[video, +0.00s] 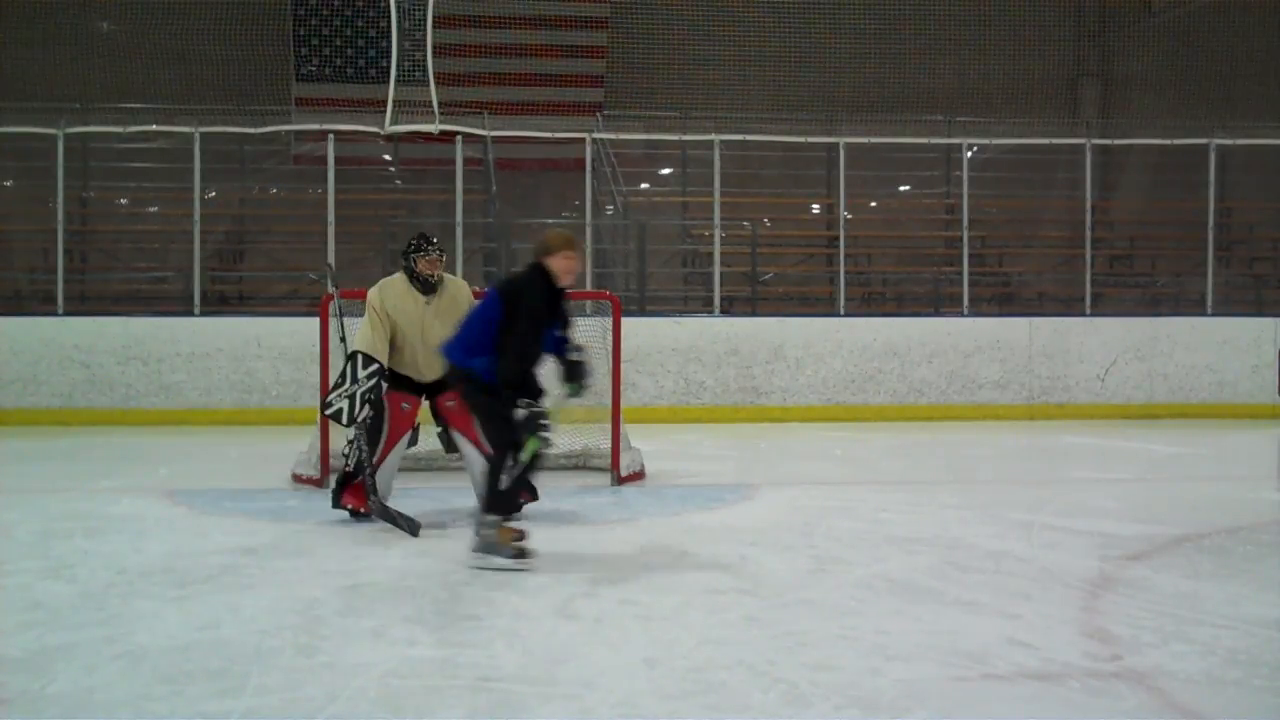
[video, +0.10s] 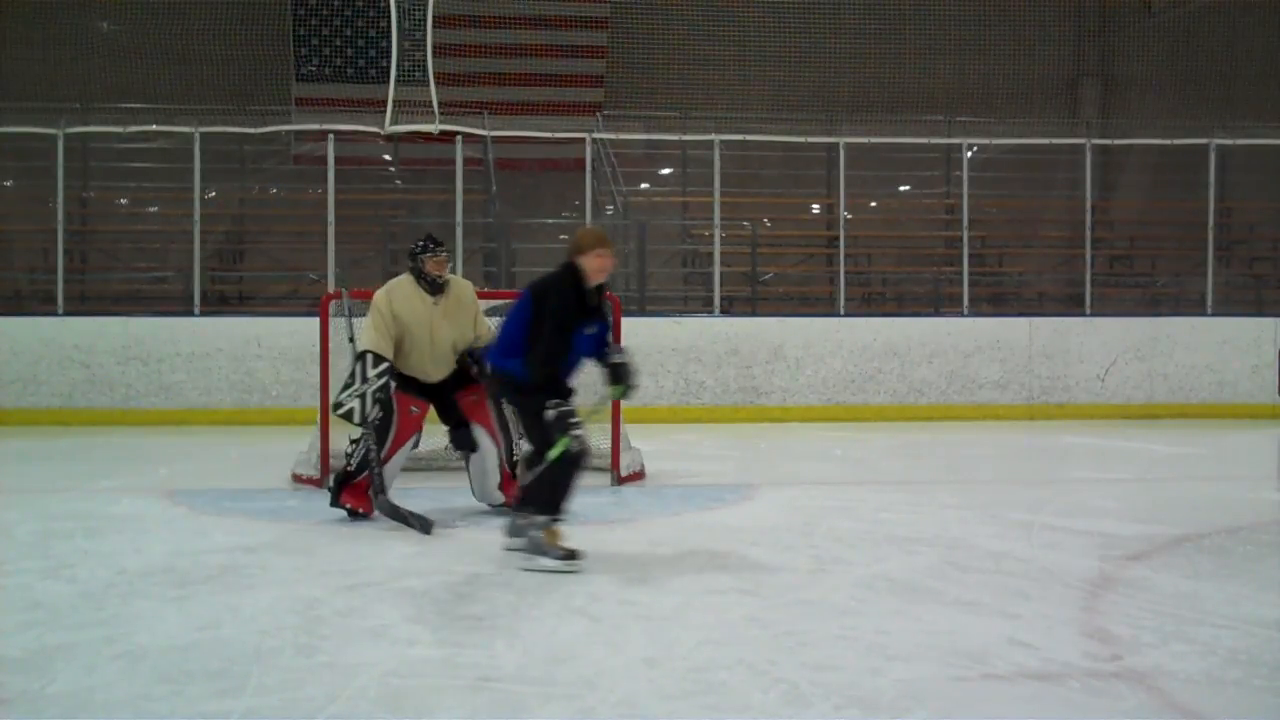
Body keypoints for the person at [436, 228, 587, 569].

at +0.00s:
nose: (573, 268)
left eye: (575, 260)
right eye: (566, 260)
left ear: (573, 262)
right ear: (547, 259)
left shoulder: (550, 293)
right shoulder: (526, 289)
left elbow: (551, 333)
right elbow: (515, 355)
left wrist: (569, 358)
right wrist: (527, 399)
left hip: (500, 369)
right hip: (471, 367)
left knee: (528, 438)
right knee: (505, 441)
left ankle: (500, 517)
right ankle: (489, 527)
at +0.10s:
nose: (606, 264)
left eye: (609, 257)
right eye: (598, 256)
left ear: (611, 261)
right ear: (579, 258)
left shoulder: (593, 297)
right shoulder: (555, 290)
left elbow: (598, 337)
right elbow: (540, 354)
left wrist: (613, 361)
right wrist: (551, 400)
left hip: (545, 379)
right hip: (512, 376)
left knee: (567, 448)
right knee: (555, 448)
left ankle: (533, 524)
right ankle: (528, 523)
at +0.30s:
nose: (674, 251)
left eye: (678, 244)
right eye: (667, 244)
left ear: (681, 250)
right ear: (647, 247)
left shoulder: (673, 285)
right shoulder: (627, 283)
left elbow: (680, 327)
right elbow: (607, 344)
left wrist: (700, 352)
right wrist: (618, 395)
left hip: (628, 375)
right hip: (604, 373)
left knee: (626, 441)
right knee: (648, 444)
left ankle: (607, 518)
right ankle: (623, 532)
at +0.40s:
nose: (709, 249)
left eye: (712, 242)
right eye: (702, 242)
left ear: (716, 246)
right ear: (683, 246)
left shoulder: (711, 283)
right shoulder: (664, 283)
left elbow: (717, 326)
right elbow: (648, 347)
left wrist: (738, 352)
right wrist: (664, 398)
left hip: (669, 375)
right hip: (645, 374)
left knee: (673, 440)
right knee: (686, 445)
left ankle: (651, 516)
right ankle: (665, 531)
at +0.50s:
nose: (748, 248)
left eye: (751, 242)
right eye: (740, 242)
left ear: (756, 247)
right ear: (723, 246)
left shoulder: (751, 283)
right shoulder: (705, 282)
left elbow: (758, 329)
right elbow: (691, 344)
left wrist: (778, 355)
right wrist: (704, 395)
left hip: (709, 373)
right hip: (681, 371)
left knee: (720, 444)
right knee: (719, 445)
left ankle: (707, 524)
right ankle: (707, 528)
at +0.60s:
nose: (789, 252)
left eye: (791, 245)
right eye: (780, 245)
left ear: (794, 249)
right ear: (760, 249)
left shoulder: (785, 287)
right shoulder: (742, 287)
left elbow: (796, 328)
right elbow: (731, 349)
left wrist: (817, 355)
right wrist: (746, 398)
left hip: (747, 378)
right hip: (719, 377)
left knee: (767, 446)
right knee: (758, 448)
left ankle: (756, 523)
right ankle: (751, 529)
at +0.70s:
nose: (823, 256)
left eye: (826, 249)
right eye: (815, 248)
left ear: (828, 253)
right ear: (795, 252)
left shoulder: (818, 291)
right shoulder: (777, 290)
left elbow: (829, 330)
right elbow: (767, 353)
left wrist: (848, 353)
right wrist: (784, 401)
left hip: (782, 378)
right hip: (753, 377)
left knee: (804, 448)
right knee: (798, 450)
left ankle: (793, 515)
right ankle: (779, 528)